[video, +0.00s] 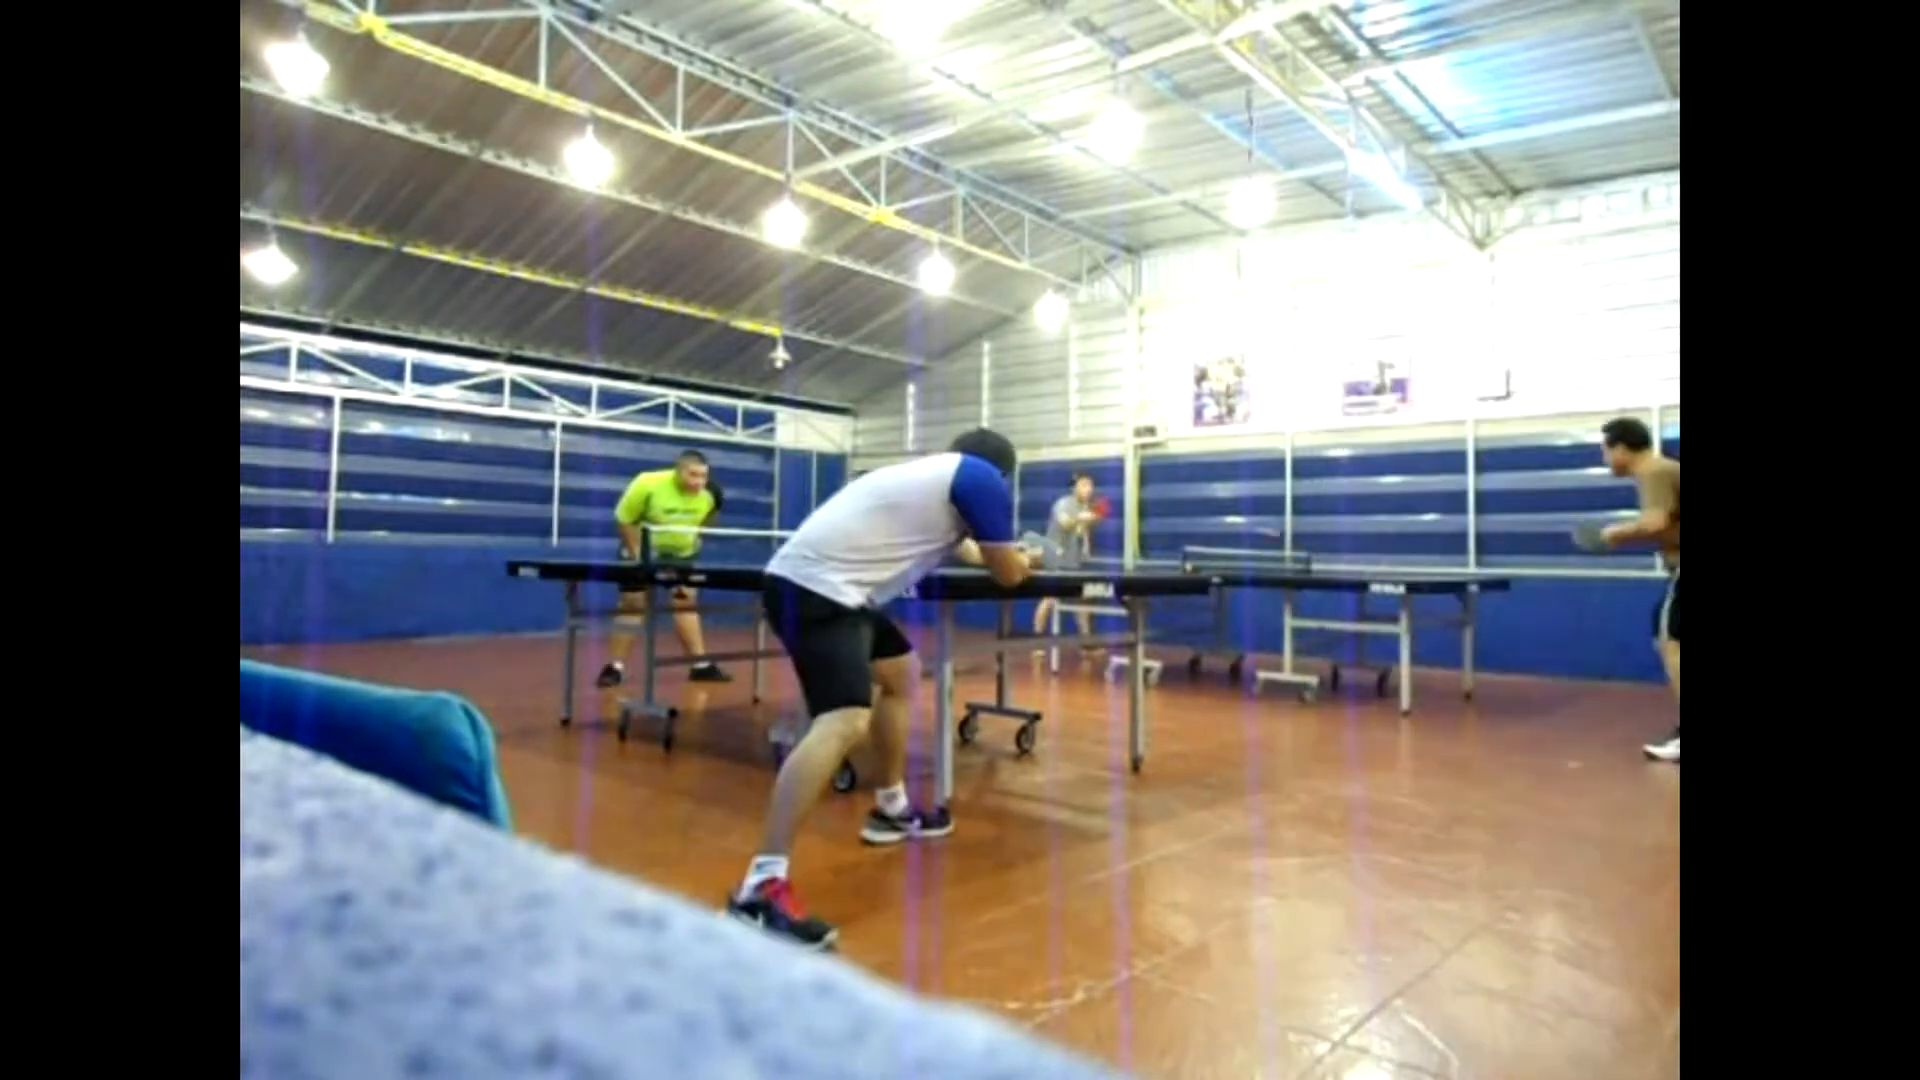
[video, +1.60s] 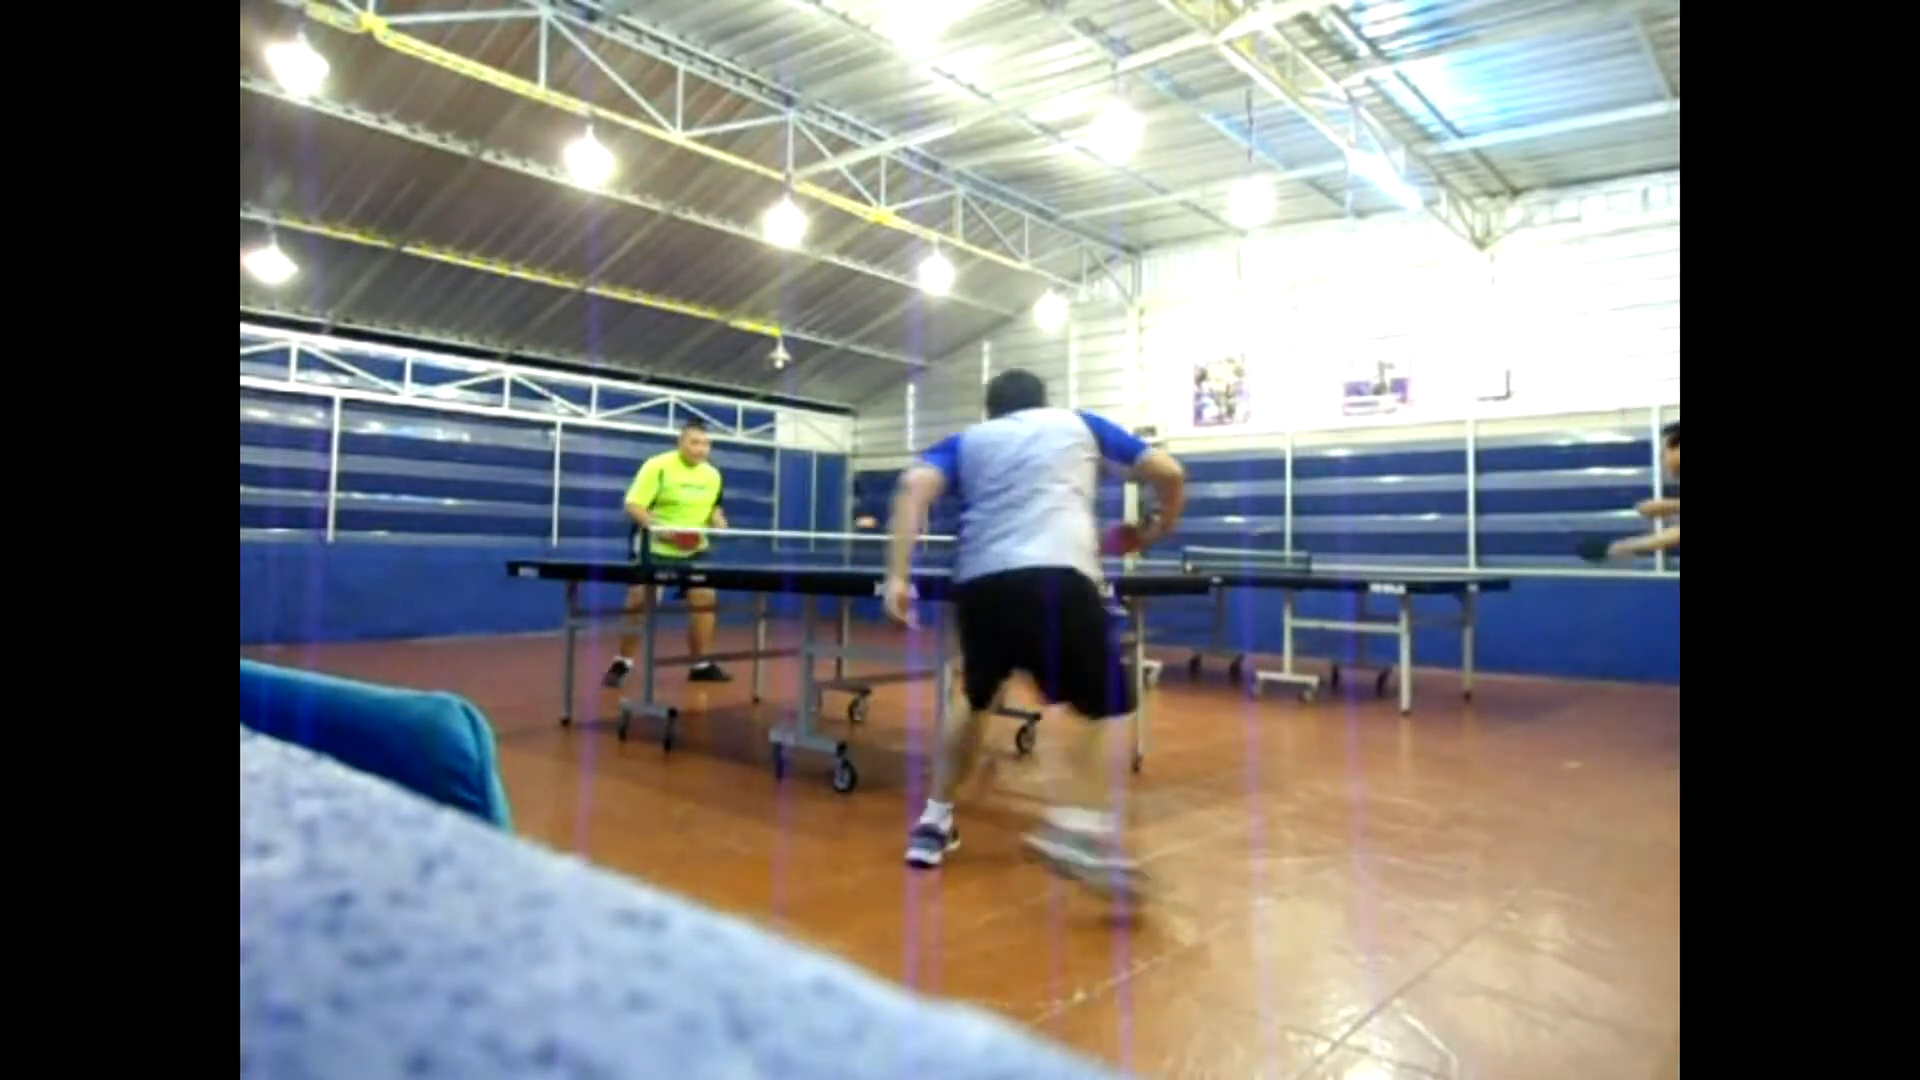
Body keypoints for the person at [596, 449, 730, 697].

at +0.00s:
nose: (698, 482)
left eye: (702, 475)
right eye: (692, 474)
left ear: (707, 476)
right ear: (678, 472)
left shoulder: (709, 497)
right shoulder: (647, 484)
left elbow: (699, 524)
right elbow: (624, 517)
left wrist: (687, 546)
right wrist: (636, 552)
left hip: (683, 554)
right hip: (645, 552)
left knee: (686, 602)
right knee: (633, 605)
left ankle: (701, 661)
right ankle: (616, 665)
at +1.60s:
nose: (699, 449)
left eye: (704, 443)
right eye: (693, 442)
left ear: (709, 446)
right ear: (681, 442)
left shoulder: (712, 475)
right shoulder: (657, 467)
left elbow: (711, 506)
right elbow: (634, 503)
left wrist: (719, 521)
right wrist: (656, 527)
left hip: (694, 553)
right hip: (657, 551)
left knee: (705, 600)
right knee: (640, 600)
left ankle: (702, 661)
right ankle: (624, 660)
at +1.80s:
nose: (707, 469)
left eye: (712, 464)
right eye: (702, 462)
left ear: (715, 466)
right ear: (688, 459)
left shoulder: (710, 490)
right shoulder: (659, 478)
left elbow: (703, 521)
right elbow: (650, 518)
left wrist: (720, 524)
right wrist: (698, 522)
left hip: (688, 553)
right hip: (653, 553)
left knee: (706, 599)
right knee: (643, 601)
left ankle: (701, 662)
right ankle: (635, 670)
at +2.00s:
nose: (712, 478)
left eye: (716, 473)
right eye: (707, 471)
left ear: (718, 473)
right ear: (691, 466)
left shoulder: (711, 499)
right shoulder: (663, 476)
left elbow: (704, 526)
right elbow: (654, 513)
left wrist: (724, 536)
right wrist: (699, 522)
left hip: (683, 556)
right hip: (648, 554)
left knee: (709, 601)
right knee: (642, 601)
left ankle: (701, 663)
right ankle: (634, 670)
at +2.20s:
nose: (716, 467)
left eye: (720, 462)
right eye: (710, 460)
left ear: (723, 466)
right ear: (696, 460)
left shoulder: (720, 499)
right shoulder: (670, 470)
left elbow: (721, 529)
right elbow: (628, 475)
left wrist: (743, 526)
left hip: (691, 563)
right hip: (652, 557)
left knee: (717, 605)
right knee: (647, 603)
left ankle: (701, 664)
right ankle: (634, 671)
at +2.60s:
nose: (699, 442)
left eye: (705, 438)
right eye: (695, 435)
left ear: (710, 444)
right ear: (682, 436)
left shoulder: (712, 478)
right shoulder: (656, 457)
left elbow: (717, 511)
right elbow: (620, 484)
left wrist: (715, 525)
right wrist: (588, 503)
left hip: (689, 545)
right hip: (647, 541)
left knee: (701, 599)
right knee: (627, 600)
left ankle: (701, 661)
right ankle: (606, 661)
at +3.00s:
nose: (656, 433)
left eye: (661, 427)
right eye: (651, 426)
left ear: (666, 430)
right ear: (637, 427)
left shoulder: (675, 462)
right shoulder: (613, 453)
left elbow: (686, 497)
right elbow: (597, 487)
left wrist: (673, 513)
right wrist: (606, 509)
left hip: (661, 540)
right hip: (619, 540)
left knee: (669, 600)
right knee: (610, 603)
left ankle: (668, 659)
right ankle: (599, 660)